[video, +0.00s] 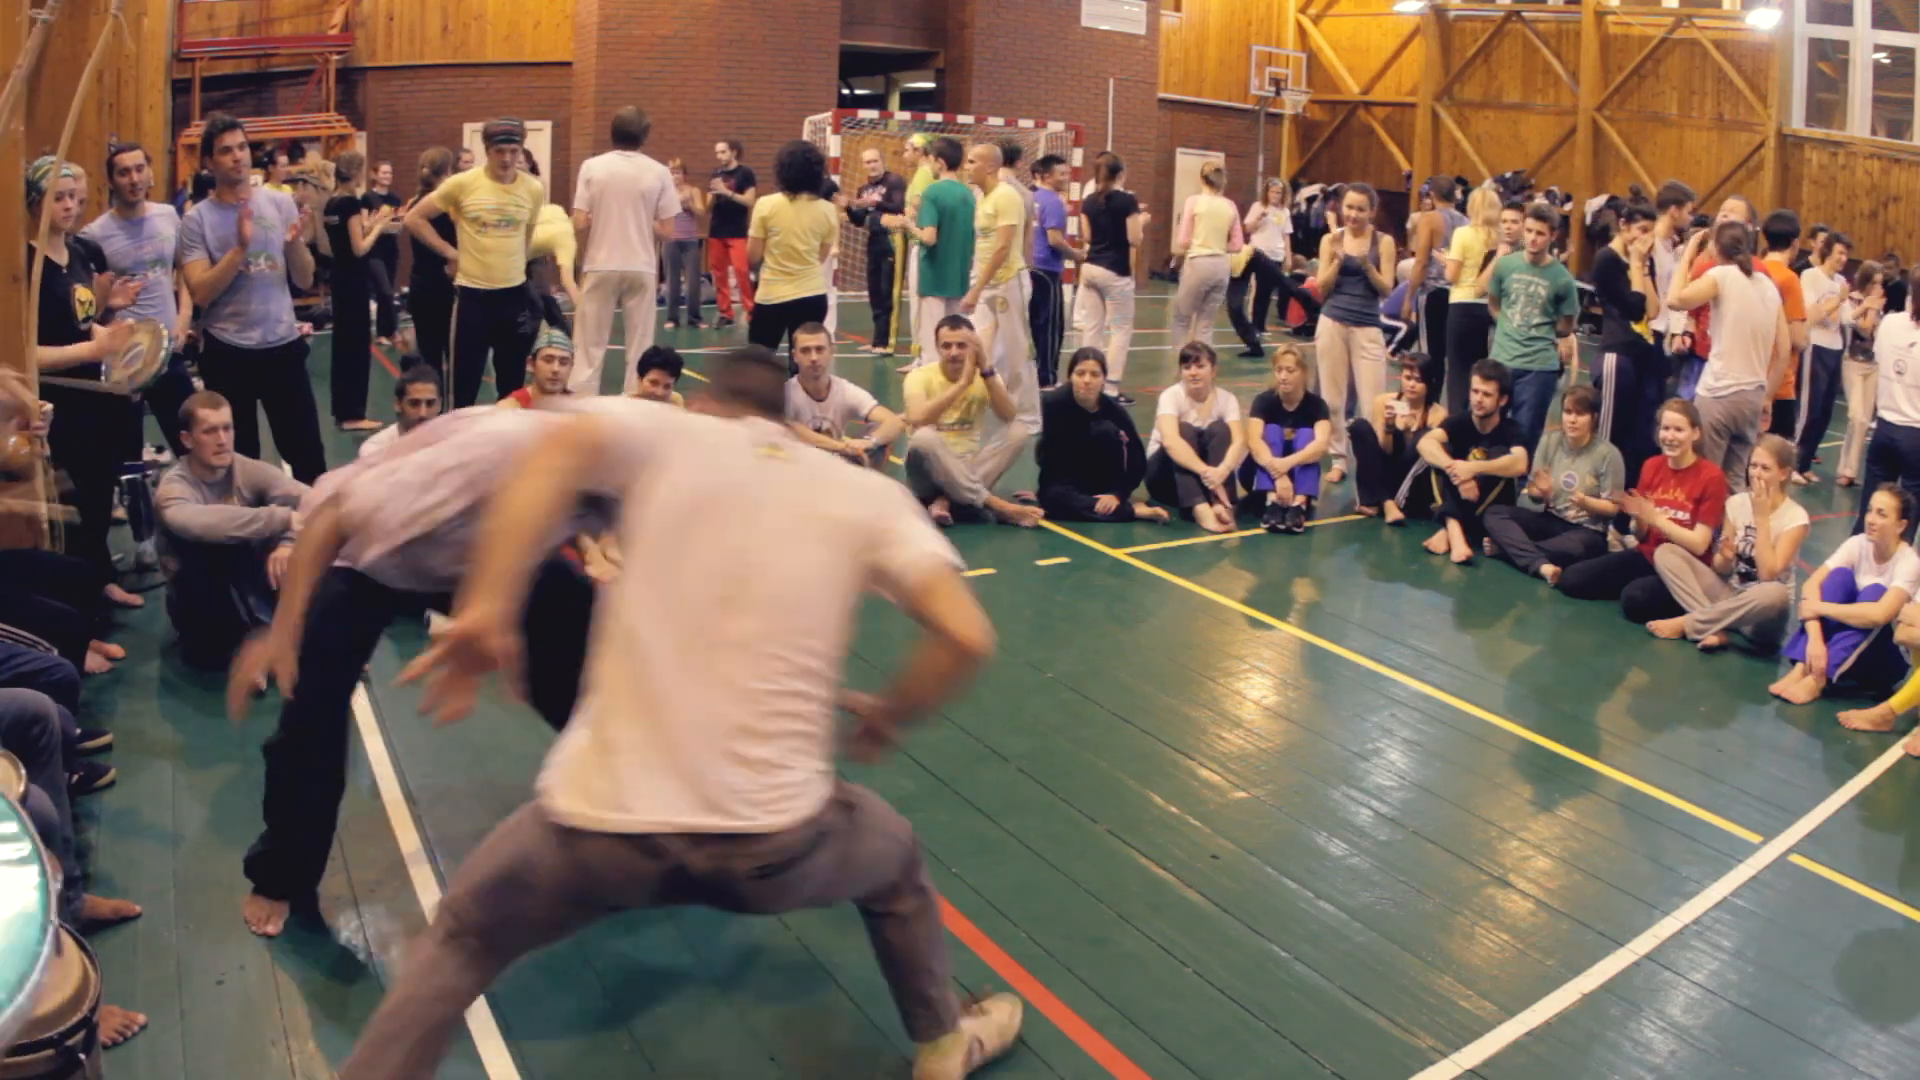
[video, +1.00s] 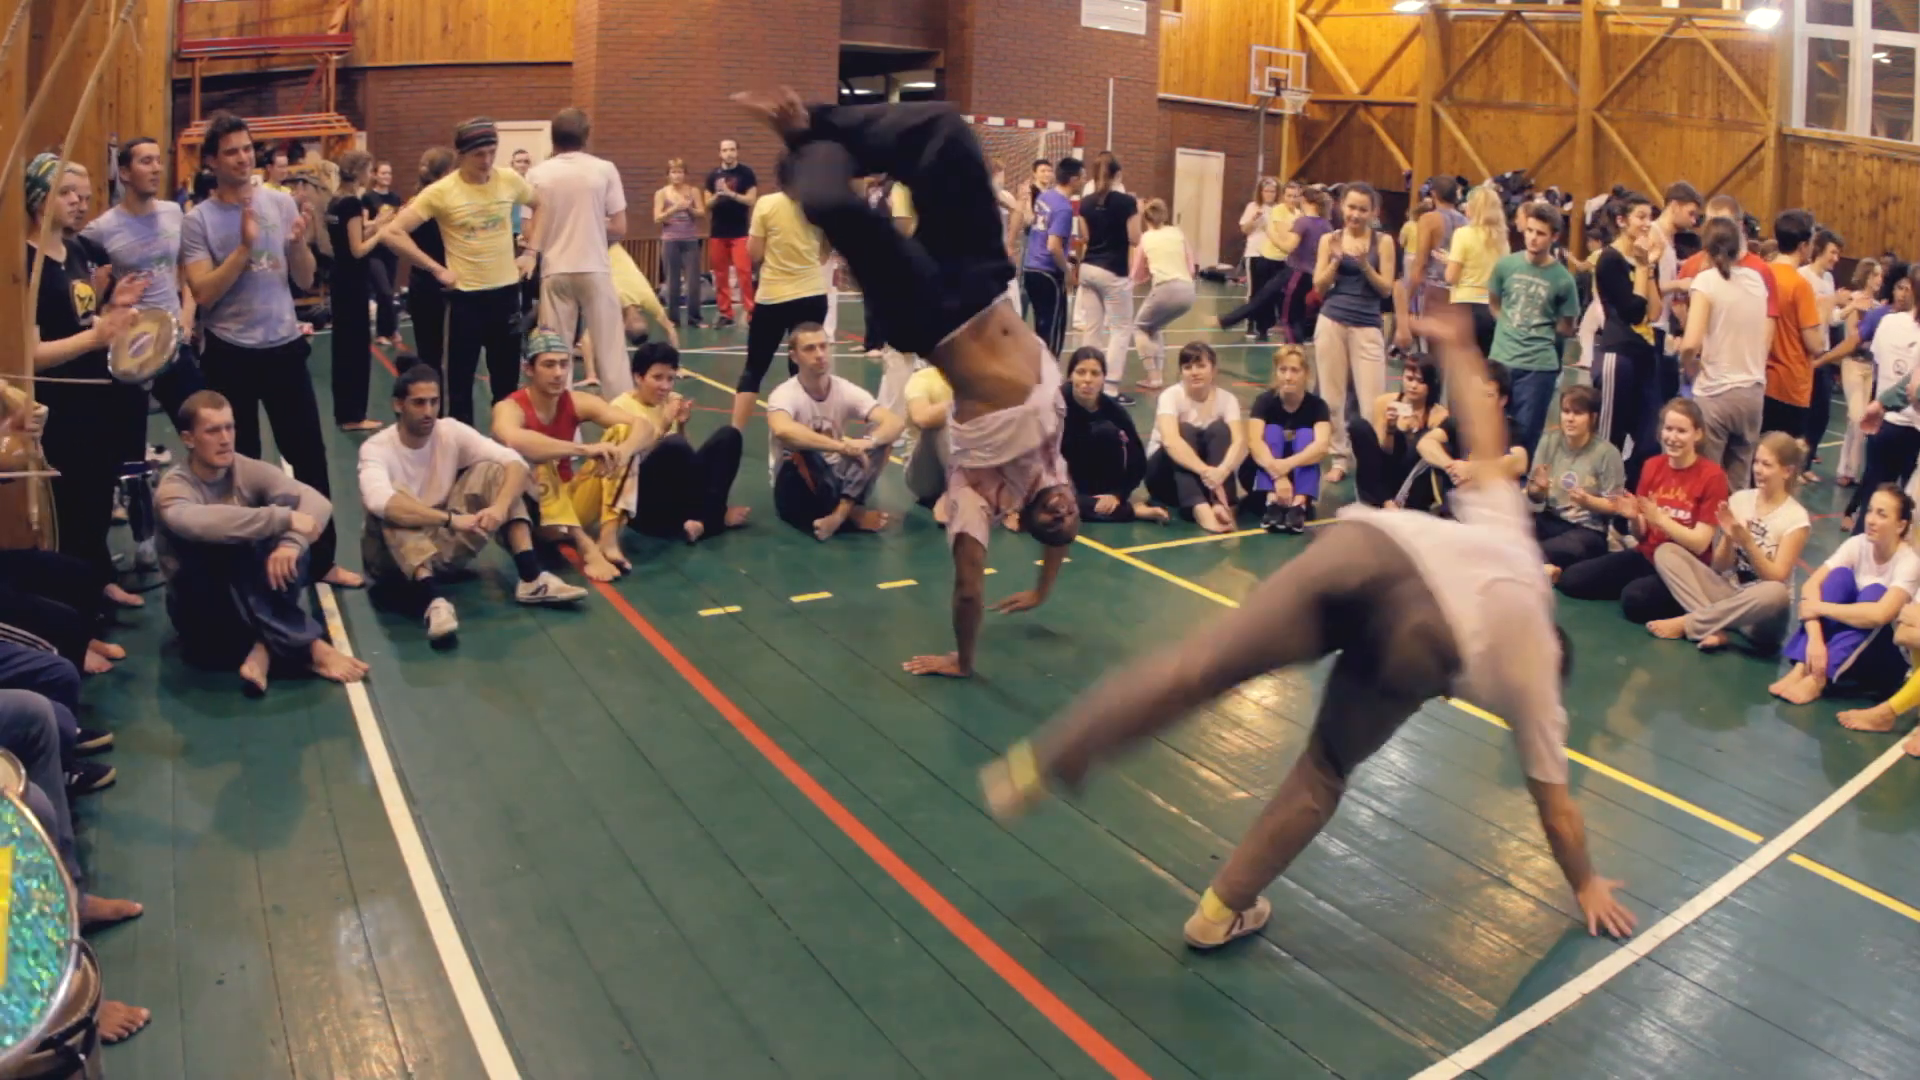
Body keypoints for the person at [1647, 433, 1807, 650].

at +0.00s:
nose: (1756, 473)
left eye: (1765, 468)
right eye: (1753, 466)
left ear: (1784, 474)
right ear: (1747, 467)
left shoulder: (1795, 517)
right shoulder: (1736, 503)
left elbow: (1768, 573)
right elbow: (1720, 568)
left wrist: (1762, 518)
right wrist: (1726, 557)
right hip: (1726, 595)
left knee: (1774, 594)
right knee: (1665, 552)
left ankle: (1686, 624)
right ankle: (1711, 629)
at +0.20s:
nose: (1757, 474)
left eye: (1766, 469)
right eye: (1755, 466)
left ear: (1786, 476)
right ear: (1749, 466)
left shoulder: (1795, 518)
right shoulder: (1737, 502)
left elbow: (1773, 574)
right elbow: (1719, 566)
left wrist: (1761, 521)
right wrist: (1726, 556)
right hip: (1726, 594)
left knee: (1773, 593)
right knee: (1666, 552)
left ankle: (1687, 624)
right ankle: (1711, 629)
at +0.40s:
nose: (1758, 474)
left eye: (1767, 469)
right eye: (1755, 466)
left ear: (1787, 476)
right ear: (1750, 466)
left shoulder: (1796, 521)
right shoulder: (1738, 502)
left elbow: (1775, 577)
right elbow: (1720, 567)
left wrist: (1744, 543)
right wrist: (1735, 551)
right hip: (1728, 596)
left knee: (1774, 593)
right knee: (1666, 552)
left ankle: (1686, 624)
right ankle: (1711, 629)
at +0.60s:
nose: (1757, 474)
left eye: (1766, 469)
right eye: (1754, 466)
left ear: (1786, 476)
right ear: (1749, 467)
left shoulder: (1796, 521)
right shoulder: (1738, 502)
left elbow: (1778, 579)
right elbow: (1720, 568)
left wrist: (1747, 548)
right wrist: (1729, 546)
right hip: (1727, 594)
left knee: (1774, 594)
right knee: (1666, 553)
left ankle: (1686, 624)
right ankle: (1711, 629)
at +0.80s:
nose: (1757, 471)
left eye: (1766, 466)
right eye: (1756, 463)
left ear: (1787, 472)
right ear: (1751, 463)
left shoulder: (1796, 518)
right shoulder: (1738, 499)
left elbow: (1775, 575)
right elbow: (1719, 567)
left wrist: (1742, 542)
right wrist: (1734, 546)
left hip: (1760, 605)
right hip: (1726, 592)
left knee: (1774, 594)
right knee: (1665, 552)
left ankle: (1686, 624)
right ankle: (1711, 629)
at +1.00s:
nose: (1757, 470)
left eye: (1766, 464)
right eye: (1756, 462)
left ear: (1787, 472)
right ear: (1751, 462)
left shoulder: (1796, 517)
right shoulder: (1739, 499)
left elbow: (1777, 576)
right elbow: (1719, 566)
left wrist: (1747, 542)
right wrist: (1729, 538)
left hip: (1760, 605)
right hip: (1725, 590)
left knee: (1774, 592)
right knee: (1666, 552)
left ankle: (1687, 624)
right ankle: (1711, 629)